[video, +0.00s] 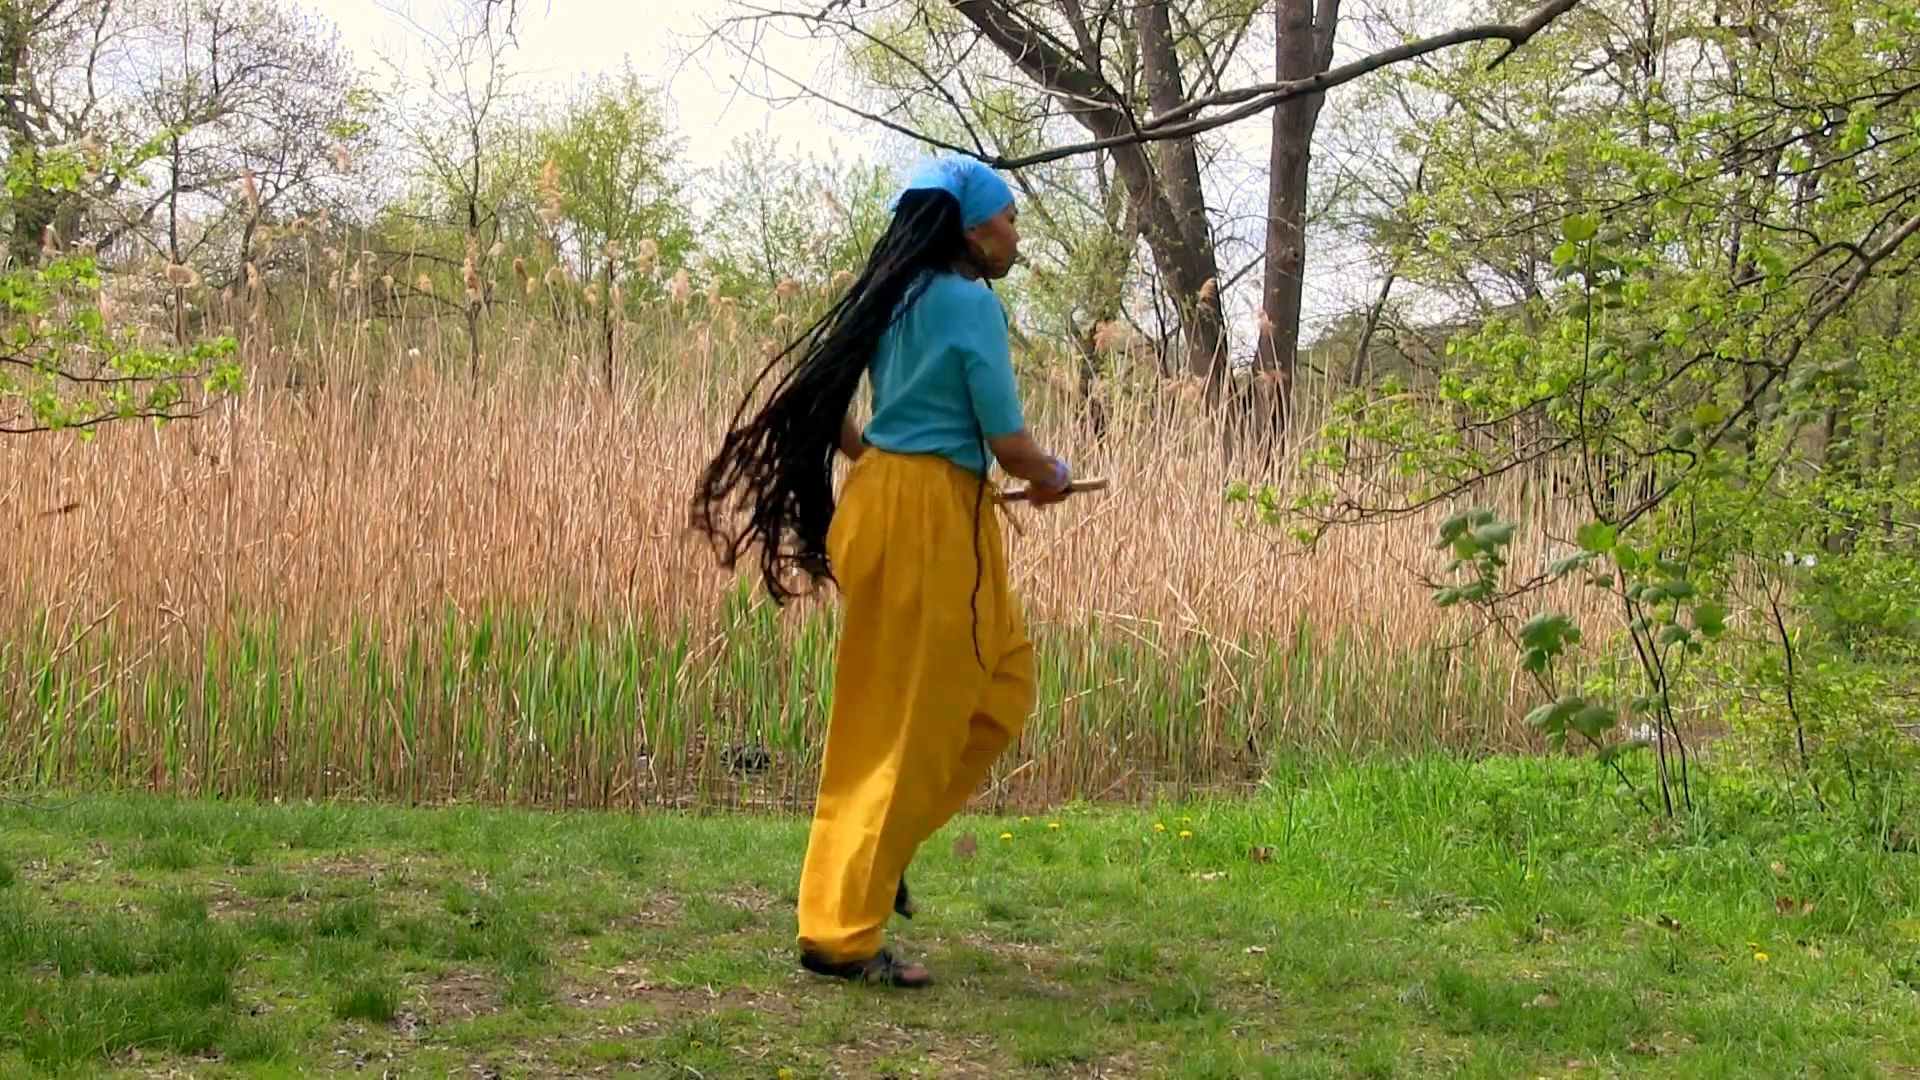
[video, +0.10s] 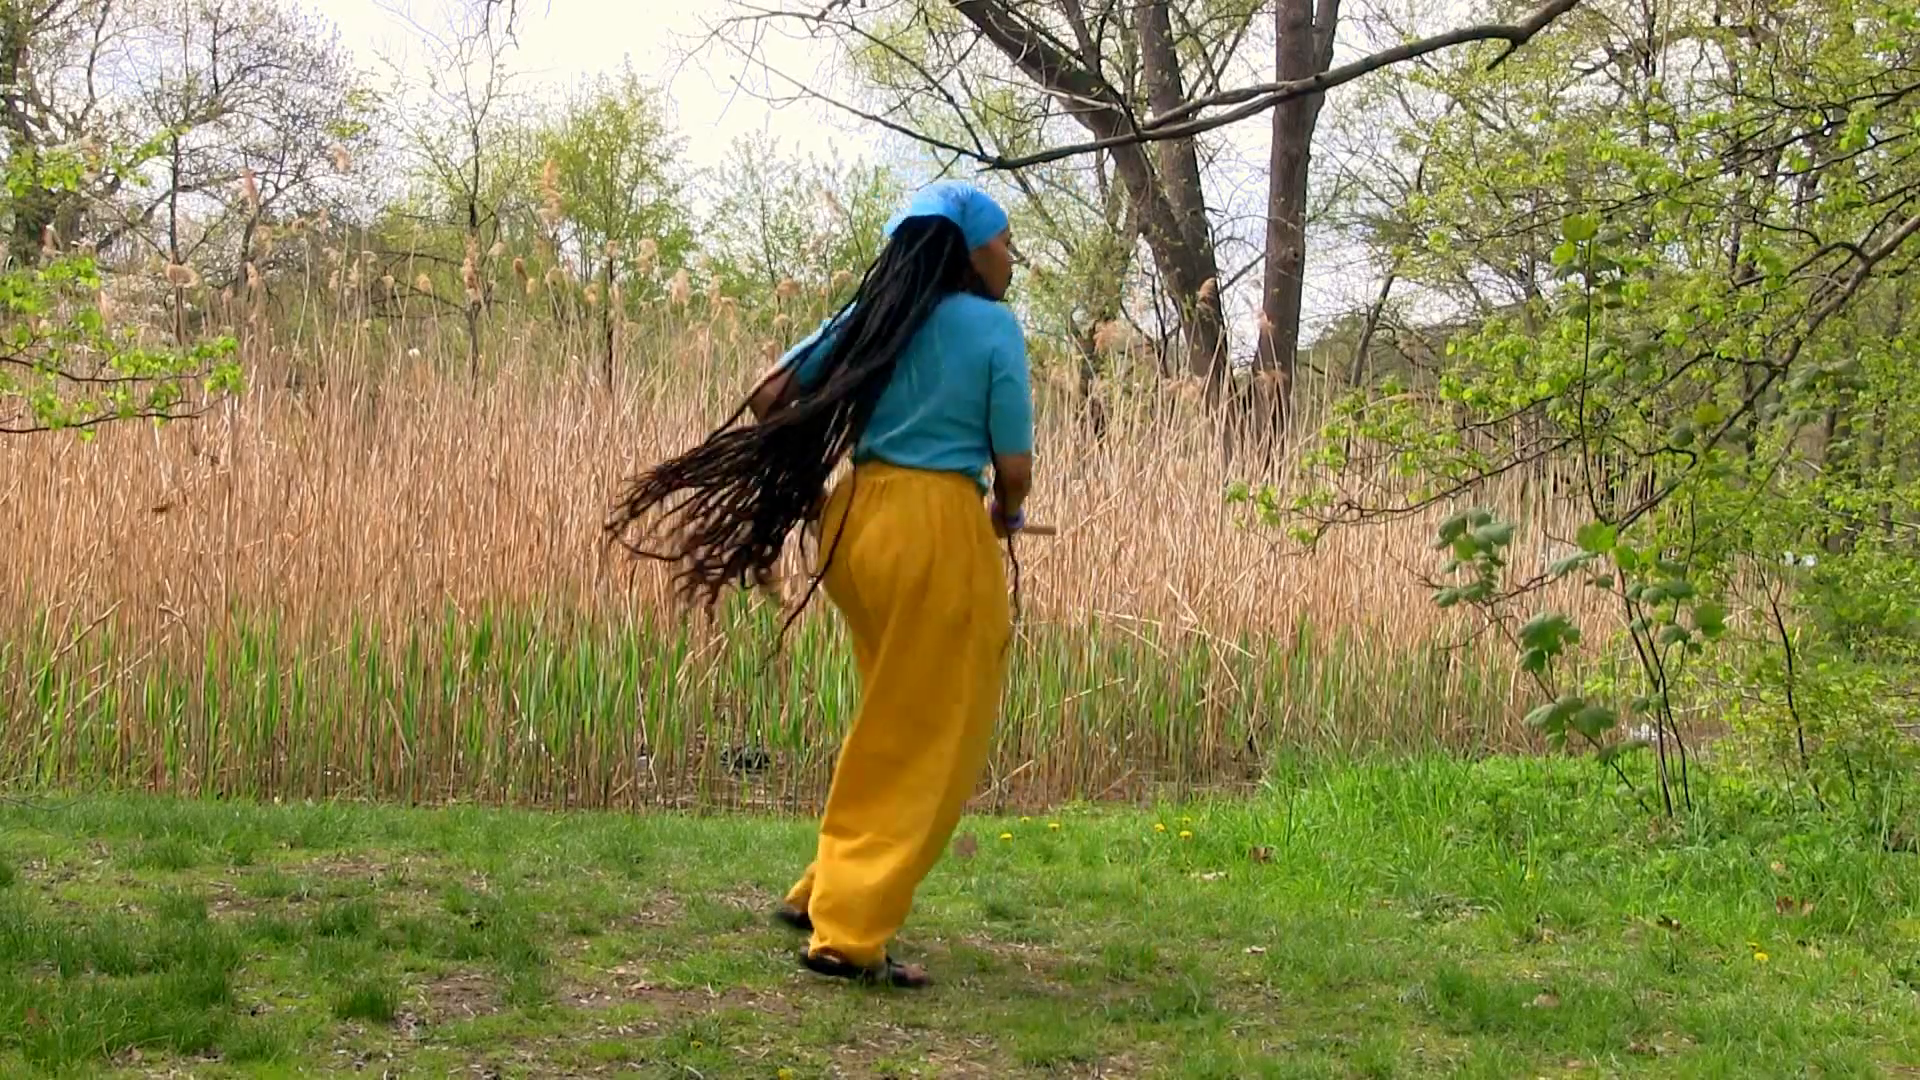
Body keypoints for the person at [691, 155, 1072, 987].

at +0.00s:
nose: (1016, 231)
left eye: (1014, 216)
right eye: (1005, 217)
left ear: (950, 227)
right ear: (964, 226)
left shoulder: (898, 296)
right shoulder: (970, 303)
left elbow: (826, 402)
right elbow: (1007, 441)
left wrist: (876, 463)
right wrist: (1046, 471)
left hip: (881, 499)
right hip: (928, 510)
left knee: (1004, 691)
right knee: (904, 714)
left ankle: (887, 842)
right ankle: (838, 930)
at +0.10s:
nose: (1012, 258)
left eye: (1009, 242)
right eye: (1001, 243)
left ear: (925, 251)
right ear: (964, 250)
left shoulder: (875, 313)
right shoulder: (994, 327)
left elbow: (772, 392)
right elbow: (1014, 471)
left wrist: (804, 481)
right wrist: (1005, 515)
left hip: (857, 514)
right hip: (940, 524)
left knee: (890, 711)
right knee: (939, 729)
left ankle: (826, 884)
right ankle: (850, 933)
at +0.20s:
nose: (1005, 296)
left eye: (1003, 281)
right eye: (999, 282)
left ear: (919, 289)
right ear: (966, 291)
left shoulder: (861, 345)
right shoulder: (998, 369)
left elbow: (762, 402)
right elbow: (1012, 506)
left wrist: (747, 500)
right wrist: (984, 536)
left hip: (840, 535)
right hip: (943, 546)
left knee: (842, 732)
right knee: (950, 759)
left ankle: (796, 903)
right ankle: (855, 935)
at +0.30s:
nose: (1000, 320)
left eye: (996, 305)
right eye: (992, 306)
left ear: (910, 310)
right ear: (963, 313)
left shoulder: (859, 362)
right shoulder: (996, 388)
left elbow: (757, 403)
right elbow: (1023, 520)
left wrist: (738, 503)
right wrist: (981, 556)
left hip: (839, 552)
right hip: (940, 559)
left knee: (833, 737)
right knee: (976, 750)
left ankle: (798, 906)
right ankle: (887, 893)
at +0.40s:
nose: (1001, 322)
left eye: (996, 309)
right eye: (991, 311)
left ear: (917, 319)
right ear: (959, 320)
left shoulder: (868, 371)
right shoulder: (997, 384)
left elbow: (763, 416)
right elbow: (1040, 514)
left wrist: (778, 513)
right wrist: (1012, 544)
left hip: (852, 558)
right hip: (949, 564)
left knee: (862, 741)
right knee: (1038, 743)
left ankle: (802, 909)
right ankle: (956, 890)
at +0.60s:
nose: (1047, 300)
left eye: (1041, 288)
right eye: (1038, 290)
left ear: (969, 301)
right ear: (1006, 298)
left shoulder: (917, 368)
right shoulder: (1043, 354)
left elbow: (821, 432)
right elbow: (1146, 442)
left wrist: (883, 417)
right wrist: (1229, 494)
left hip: (922, 557)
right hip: (1021, 554)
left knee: (898, 738)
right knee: (1152, 704)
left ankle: (810, 909)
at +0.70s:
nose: (1100, 275)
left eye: (1094, 263)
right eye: (1090, 264)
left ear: (1019, 277)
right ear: (1059, 273)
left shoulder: (967, 349)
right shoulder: (1096, 329)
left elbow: (945, 435)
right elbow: (1209, 399)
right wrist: (1298, 423)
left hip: (994, 537)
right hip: (1101, 528)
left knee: (949, 709)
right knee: (1235, 669)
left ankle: (850, 882)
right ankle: (1365, 837)